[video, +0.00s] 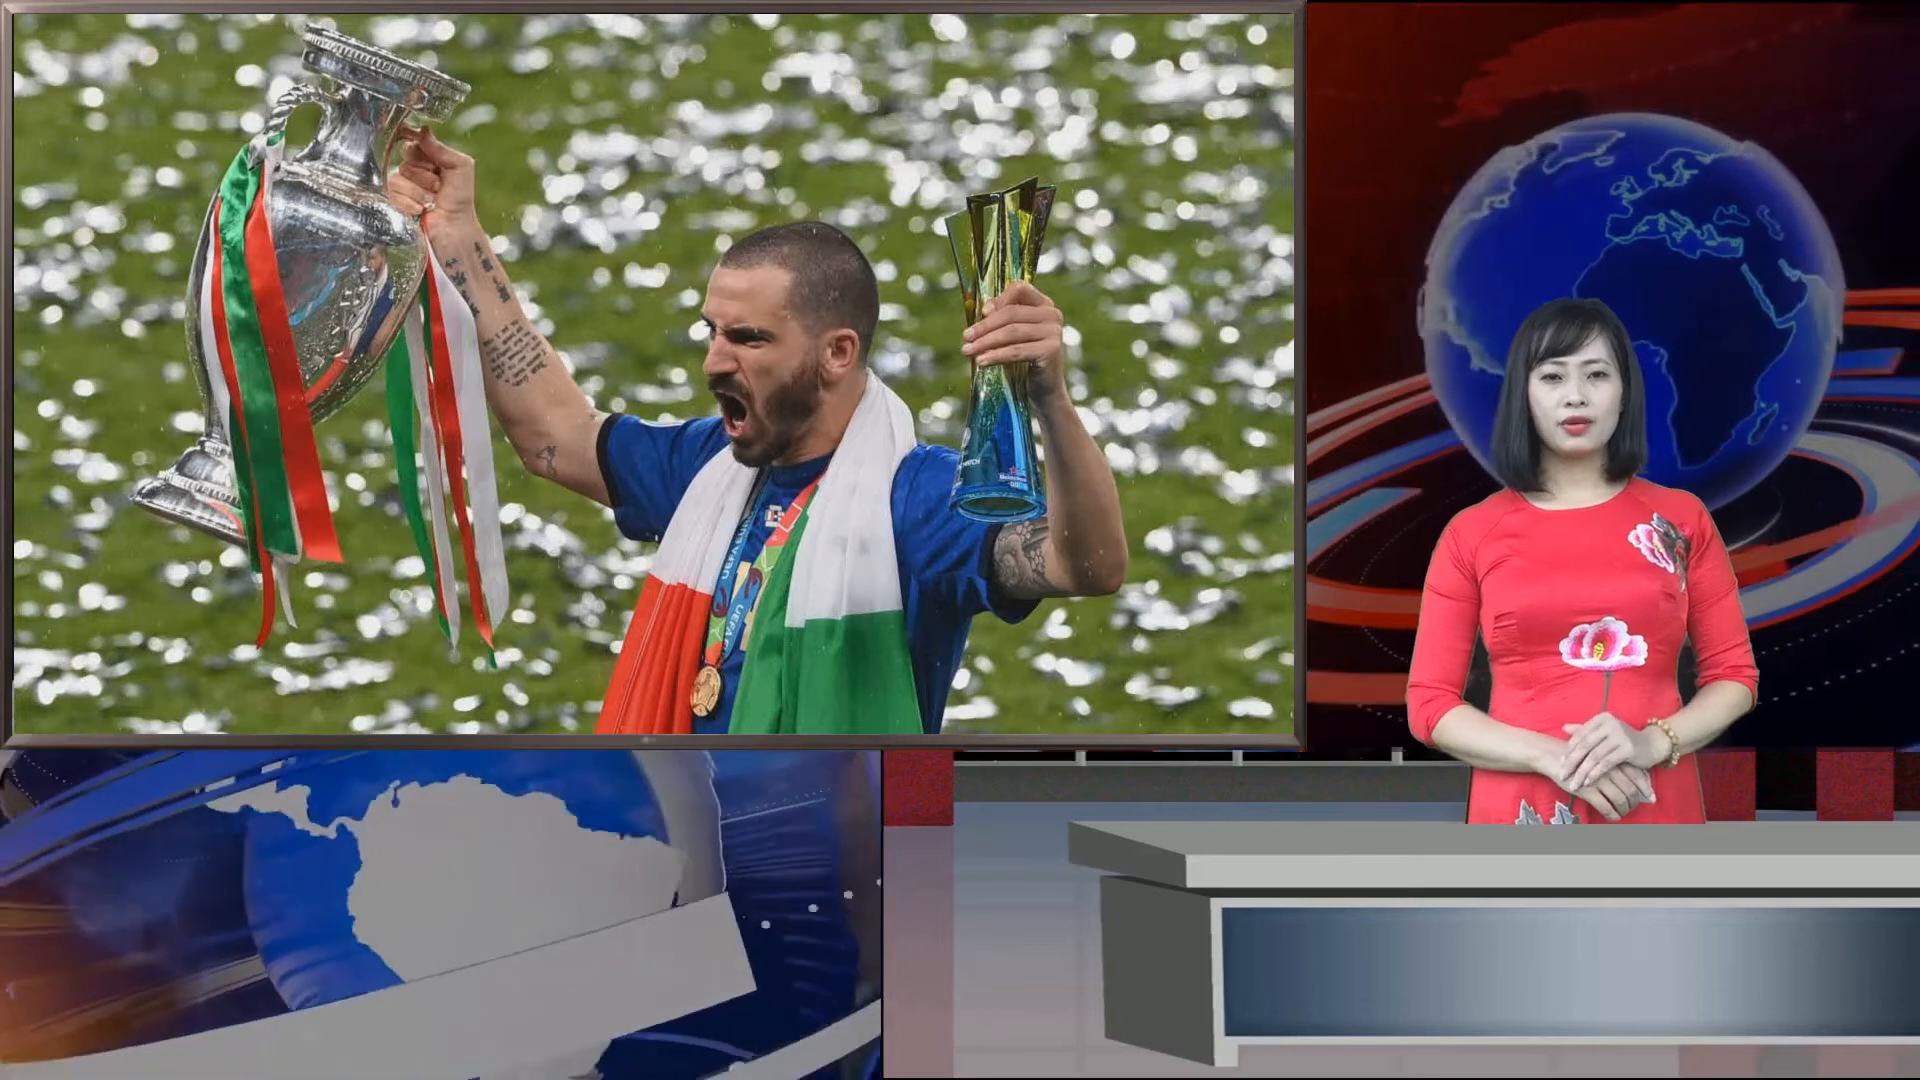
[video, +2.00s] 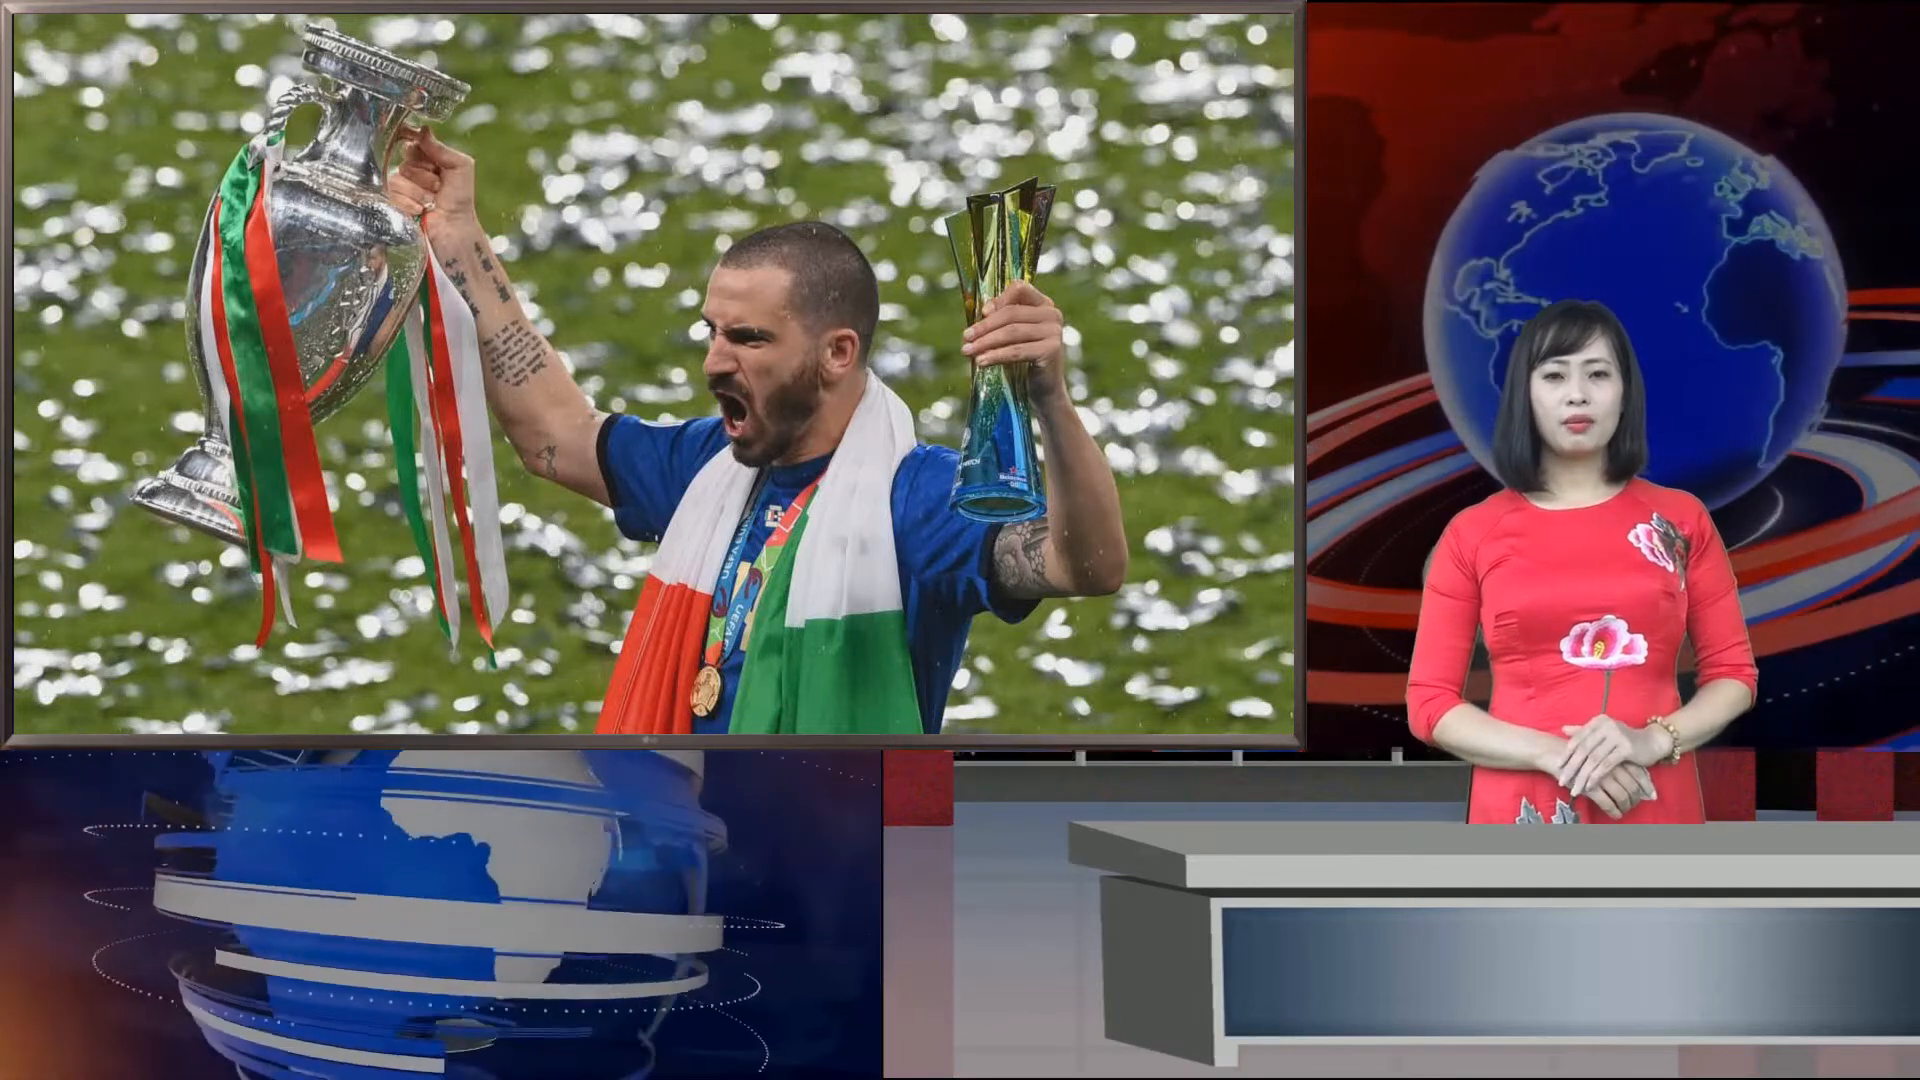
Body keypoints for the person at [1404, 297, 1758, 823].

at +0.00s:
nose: (1575, 395)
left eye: (1597, 375)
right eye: (1553, 377)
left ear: (1624, 392)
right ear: (1524, 394)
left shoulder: (1680, 520)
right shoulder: (1473, 536)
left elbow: (1734, 679)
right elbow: (1430, 704)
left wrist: (1652, 741)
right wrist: (1551, 753)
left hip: (1659, 825)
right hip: (1518, 827)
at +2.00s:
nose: (1577, 394)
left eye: (1598, 374)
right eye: (1555, 375)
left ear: (1625, 392)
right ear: (1525, 393)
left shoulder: (1680, 520)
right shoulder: (1473, 535)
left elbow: (1733, 677)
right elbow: (1430, 704)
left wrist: (1653, 738)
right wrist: (1558, 753)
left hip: (1659, 823)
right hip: (1519, 825)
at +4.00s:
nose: (1580, 394)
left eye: (1601, 374)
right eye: (1558, 375)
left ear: (1628, 391)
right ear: (1530, 393)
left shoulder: (1684, 521)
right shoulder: (1479, 533)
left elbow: (1738, 679)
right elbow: (1432, 702)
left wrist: (1650, 728)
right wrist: (1567, 753)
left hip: (1662, 823)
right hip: (1521, 824)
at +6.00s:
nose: (1581, 393)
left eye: (1603, 374)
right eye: (1560, 375)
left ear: (1632, 392)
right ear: (1532, 392)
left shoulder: (1687, 522)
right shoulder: (1479, 533)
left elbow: (1740, 680)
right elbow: (1433, 701)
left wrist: (1653, 729)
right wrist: (1568, 753)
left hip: (1663, 824)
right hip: (1522, 825)